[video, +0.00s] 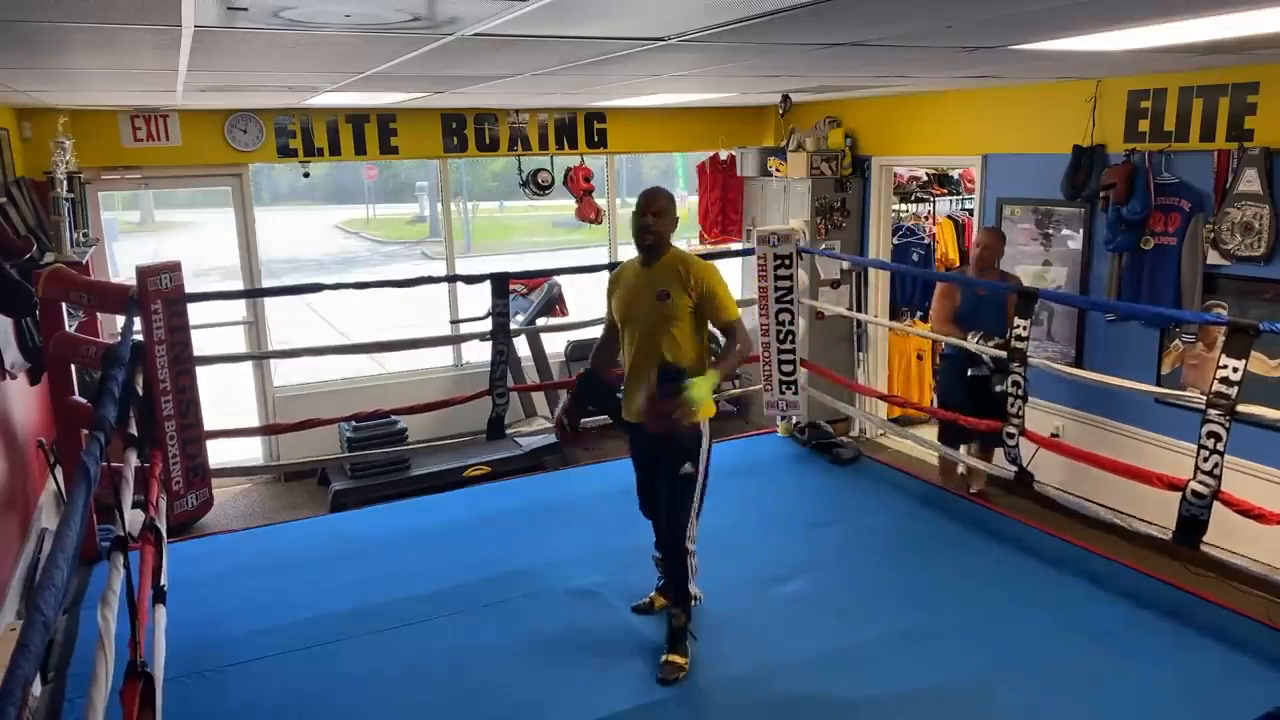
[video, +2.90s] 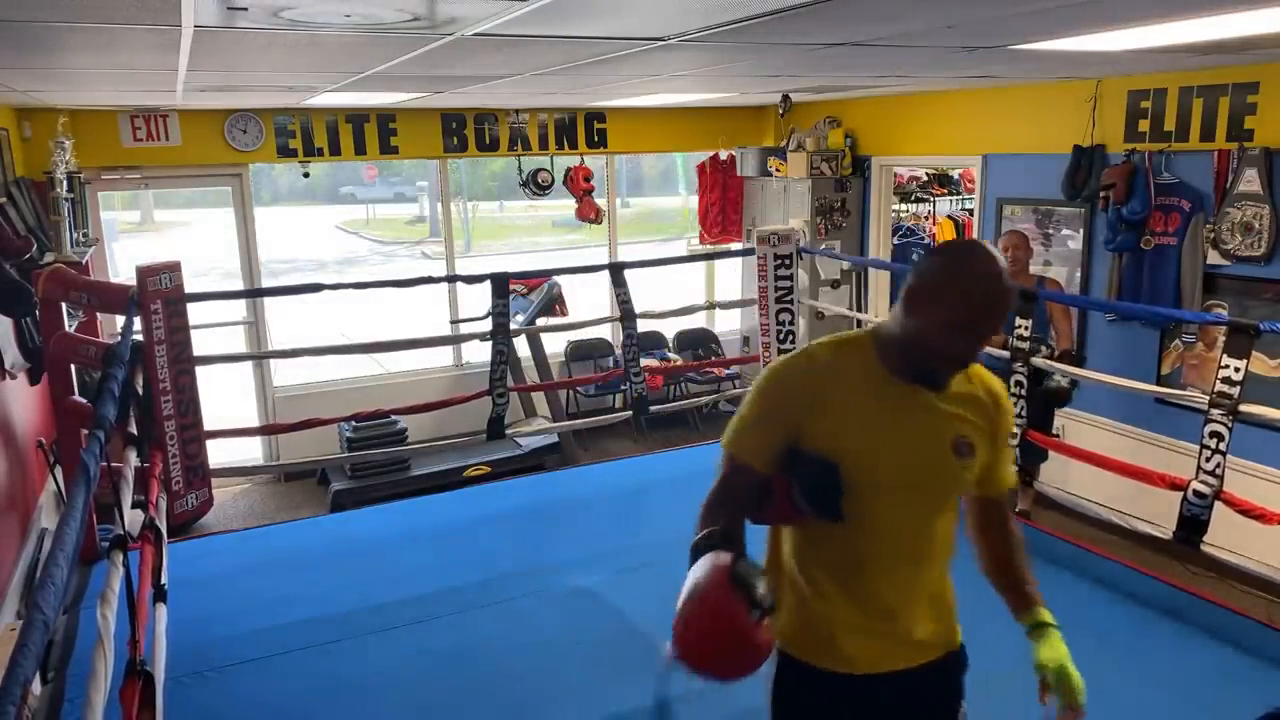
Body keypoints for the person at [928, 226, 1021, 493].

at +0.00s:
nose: (979, 252)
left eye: (987, 248)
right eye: (977, 245)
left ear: (1001, 253)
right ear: (970, 246)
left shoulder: (1011, 285)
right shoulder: (952, 281)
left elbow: (1017, 327)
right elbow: (939, 324)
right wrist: (974, 345)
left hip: (995, 370)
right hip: (957, 368)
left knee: (987, 437)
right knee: (952, 435)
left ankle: (976, 491)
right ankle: (947, 492)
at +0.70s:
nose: (984, 258)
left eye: (991, 253)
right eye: (980, 251)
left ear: (1002, 256)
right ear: (971, 252)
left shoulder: (1017, 287)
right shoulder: (955, 289)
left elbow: (1030, 330)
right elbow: (943, 334)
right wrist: (975, 343)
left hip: (1005, 375)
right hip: (967, 373)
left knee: (1013, 438)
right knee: (956, 437)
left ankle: (1021, 508)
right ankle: (954, 496)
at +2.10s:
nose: (1011, 260)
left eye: (1017, 254)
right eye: (1006, 254)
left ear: (1033, 255)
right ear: (1000, 257)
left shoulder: (1056, 290)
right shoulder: (990, 288)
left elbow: (1064, 340)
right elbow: (978, 334)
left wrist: (1053, 357)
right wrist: (1005, 351)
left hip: (1037, 384)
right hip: (994, 380)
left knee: (1032, 452)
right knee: (981, 447)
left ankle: (1022, 513)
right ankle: (972, 506)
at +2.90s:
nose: (1011, 254)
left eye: (1017, 248)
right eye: (1006, 249)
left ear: (1029, 252)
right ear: (1000, 254)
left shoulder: (1048, 287)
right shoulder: (994, 287)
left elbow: (1064, 331)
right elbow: (980, 332)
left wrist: (1061, 359)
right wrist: (1002, 343)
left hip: (1036, 373)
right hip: (996, 370)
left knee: (1031, 432)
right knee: (993, 427)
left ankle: (1025, 498)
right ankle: (987, 495)